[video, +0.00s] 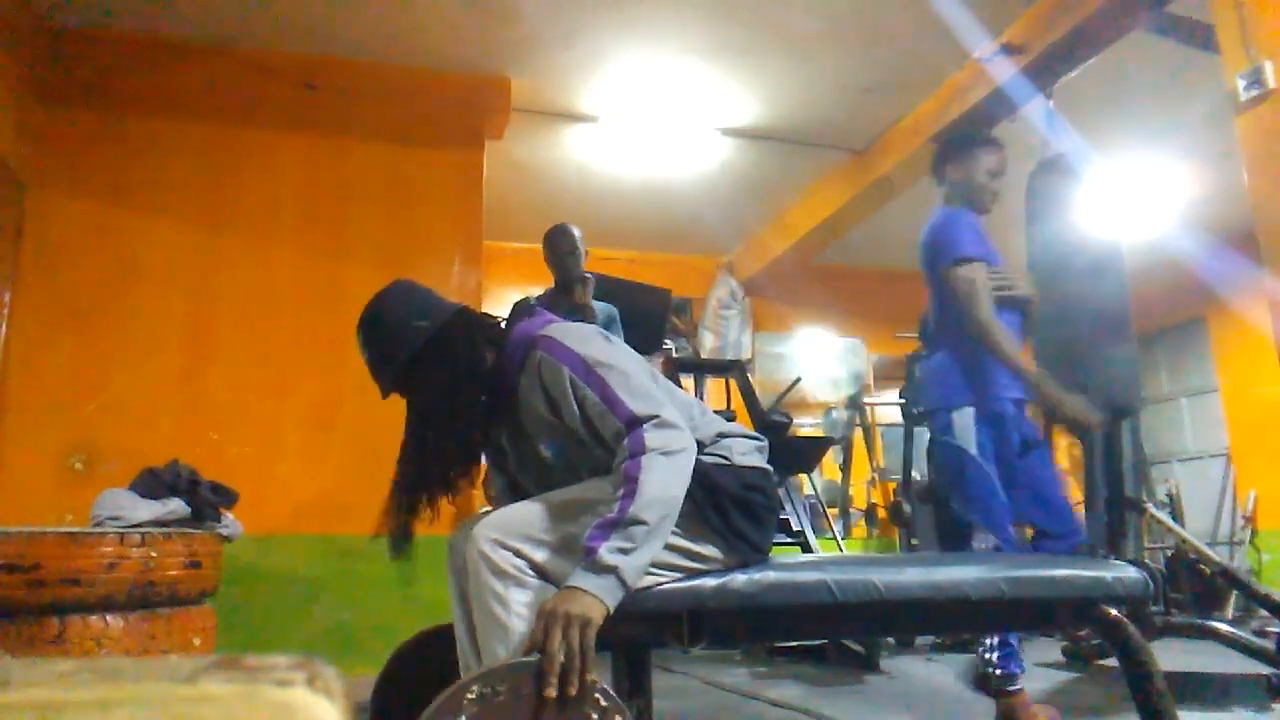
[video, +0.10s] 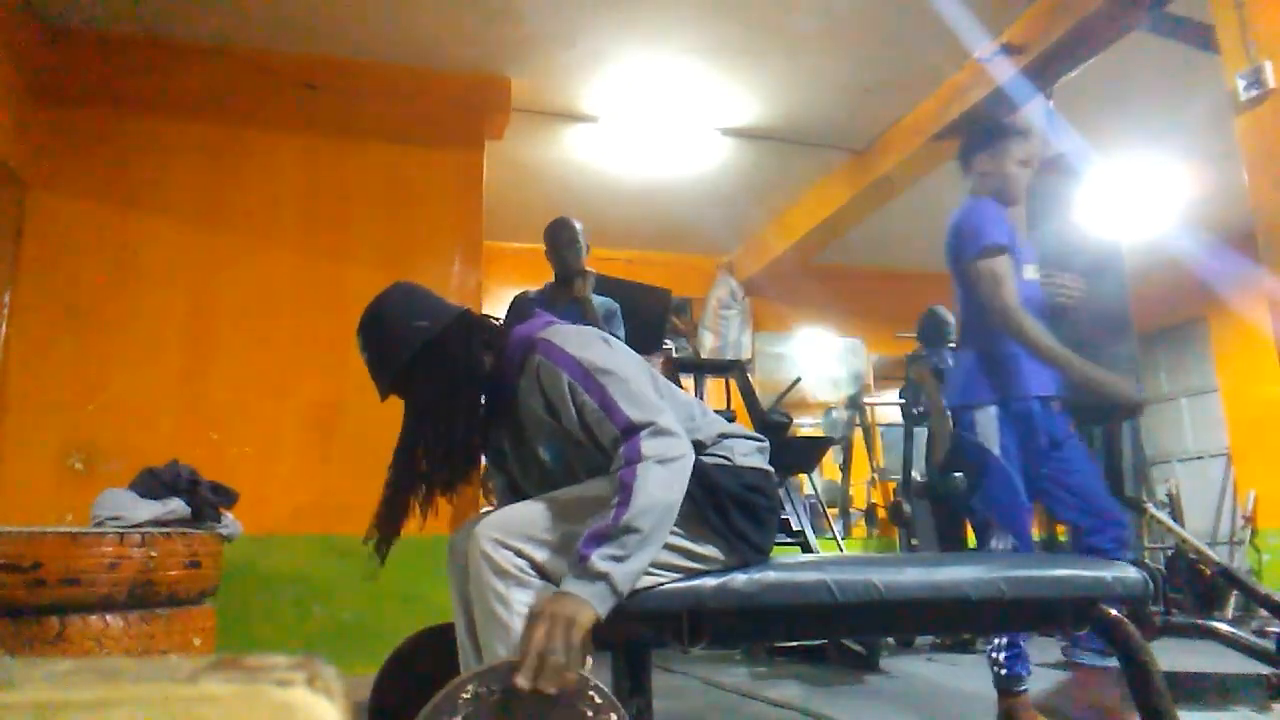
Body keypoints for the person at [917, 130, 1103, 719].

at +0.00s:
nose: (999, 187)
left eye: (1001, 176)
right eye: (990, 174)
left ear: (963, 173)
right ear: (952, 170)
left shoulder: (970, 234)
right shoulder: (952, 227)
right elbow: (978, 321)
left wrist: (1025, 301)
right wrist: (1053, 394)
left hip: (1003, 406)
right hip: (967, 407)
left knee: (1064, 531)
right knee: (993, 539)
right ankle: (1006, 684)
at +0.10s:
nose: (1030, 176)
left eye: (1033, 165)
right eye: (1021, 163)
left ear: (1006, 166)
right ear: (983, 162)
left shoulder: (1007, 226)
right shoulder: (977, 216)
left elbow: (1012, 304)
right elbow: (1001, 308)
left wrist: (1061, 296)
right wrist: (1090, 373)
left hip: (1037, 404)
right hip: (988, 406)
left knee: (1105, 525)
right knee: (1006, 541)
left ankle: (1093, 672)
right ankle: (1012, 687)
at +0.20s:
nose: (1061, 157)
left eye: (1060, 146)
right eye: (1047, 145)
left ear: (1042, 156)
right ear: (1010, 154)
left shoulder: (1045, 224)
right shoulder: (1009, 213)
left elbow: (1059, 318)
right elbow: (1025, 308)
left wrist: (1108, 318)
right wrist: (1116, 366)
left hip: (1069, 400)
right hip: (1020, 404)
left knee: (1128, 531)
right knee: (1025, 543)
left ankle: (1178, 681)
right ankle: (1019, 693)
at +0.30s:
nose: (1089, 152)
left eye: (1089, 141)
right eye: (1078, 142)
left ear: (1066, 150)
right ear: (1045, 150)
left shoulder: (1085, 217)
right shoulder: (1042, 208)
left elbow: (1093, 311)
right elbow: (1047, 306)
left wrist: (1144, 318)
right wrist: (1127, 370)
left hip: (1115, 405)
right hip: (1068, 406)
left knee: (1167, 548)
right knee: (1068, 550)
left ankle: (1222, 695)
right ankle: (1025, 695)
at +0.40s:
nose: (1134, 149)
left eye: (1133, 138)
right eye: (1121, 138)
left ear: (1127, 144)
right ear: (1086, 145)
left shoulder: (1130, 215)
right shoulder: (1079, 208)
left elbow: (1143, 316)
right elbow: (1074, 307)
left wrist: (1192, 304)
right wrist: (1127, 386)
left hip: (1161, 399)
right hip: (1119, 404)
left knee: (1199, 545)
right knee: (1144, 549)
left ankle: (1234, 692)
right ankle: (1052, 673)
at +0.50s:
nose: (1175, 136)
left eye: (1175, 126)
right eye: (1162, 124)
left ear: (1135, 137)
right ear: (1118, 134)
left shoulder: (1158, 206)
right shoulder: (1112, 192)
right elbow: (1096, 298)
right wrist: (1122, 392)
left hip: (1201, 392)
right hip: (1177, 394)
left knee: (1209, 538)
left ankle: (1234, 688)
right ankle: (1123, 639)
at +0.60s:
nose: (1214, 124)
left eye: (1215, 114)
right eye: (1201, 113)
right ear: (1155, 120)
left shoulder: (1212, 203)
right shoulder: (1142, 186)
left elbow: (1248, 280)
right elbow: (1115, 297)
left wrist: (1268, 246)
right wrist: (1132, 394)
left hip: (1236, 376)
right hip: (1203, 379)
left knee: (1228, 535)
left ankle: (1238, 673)